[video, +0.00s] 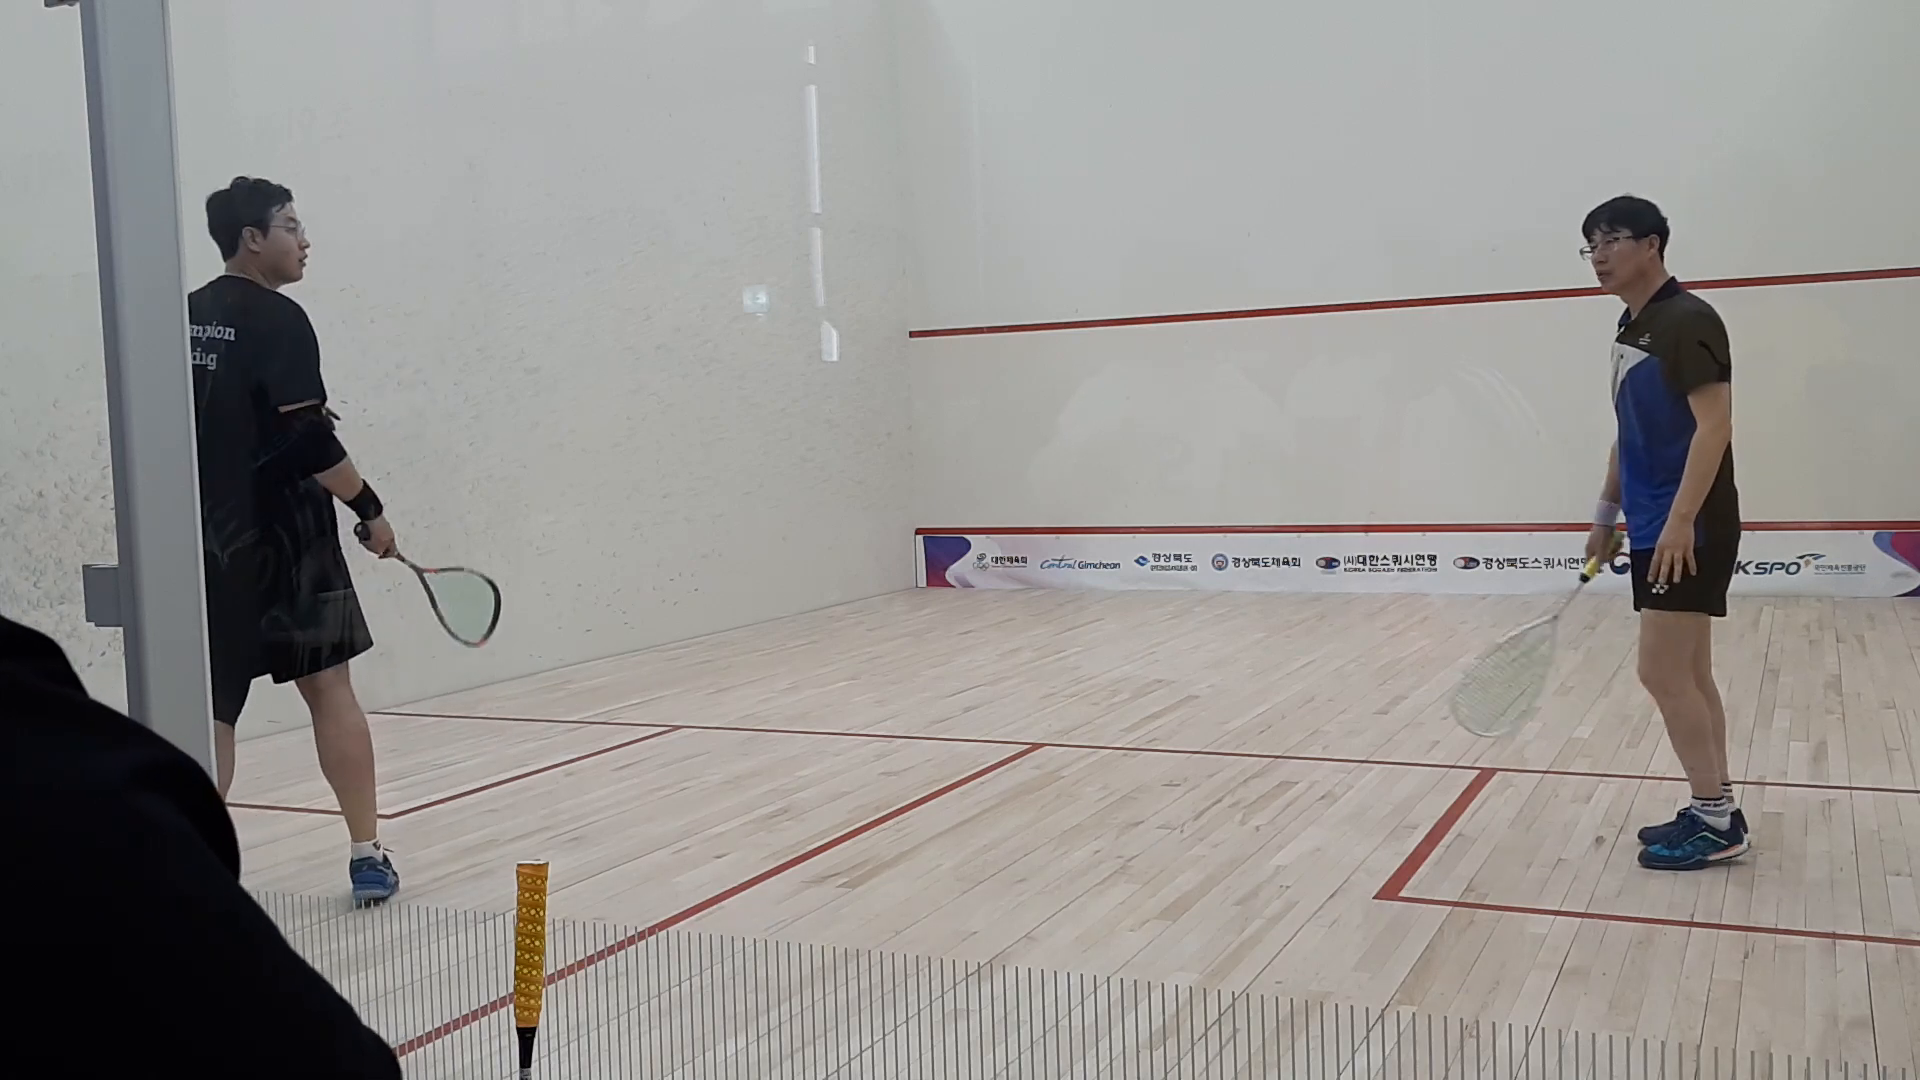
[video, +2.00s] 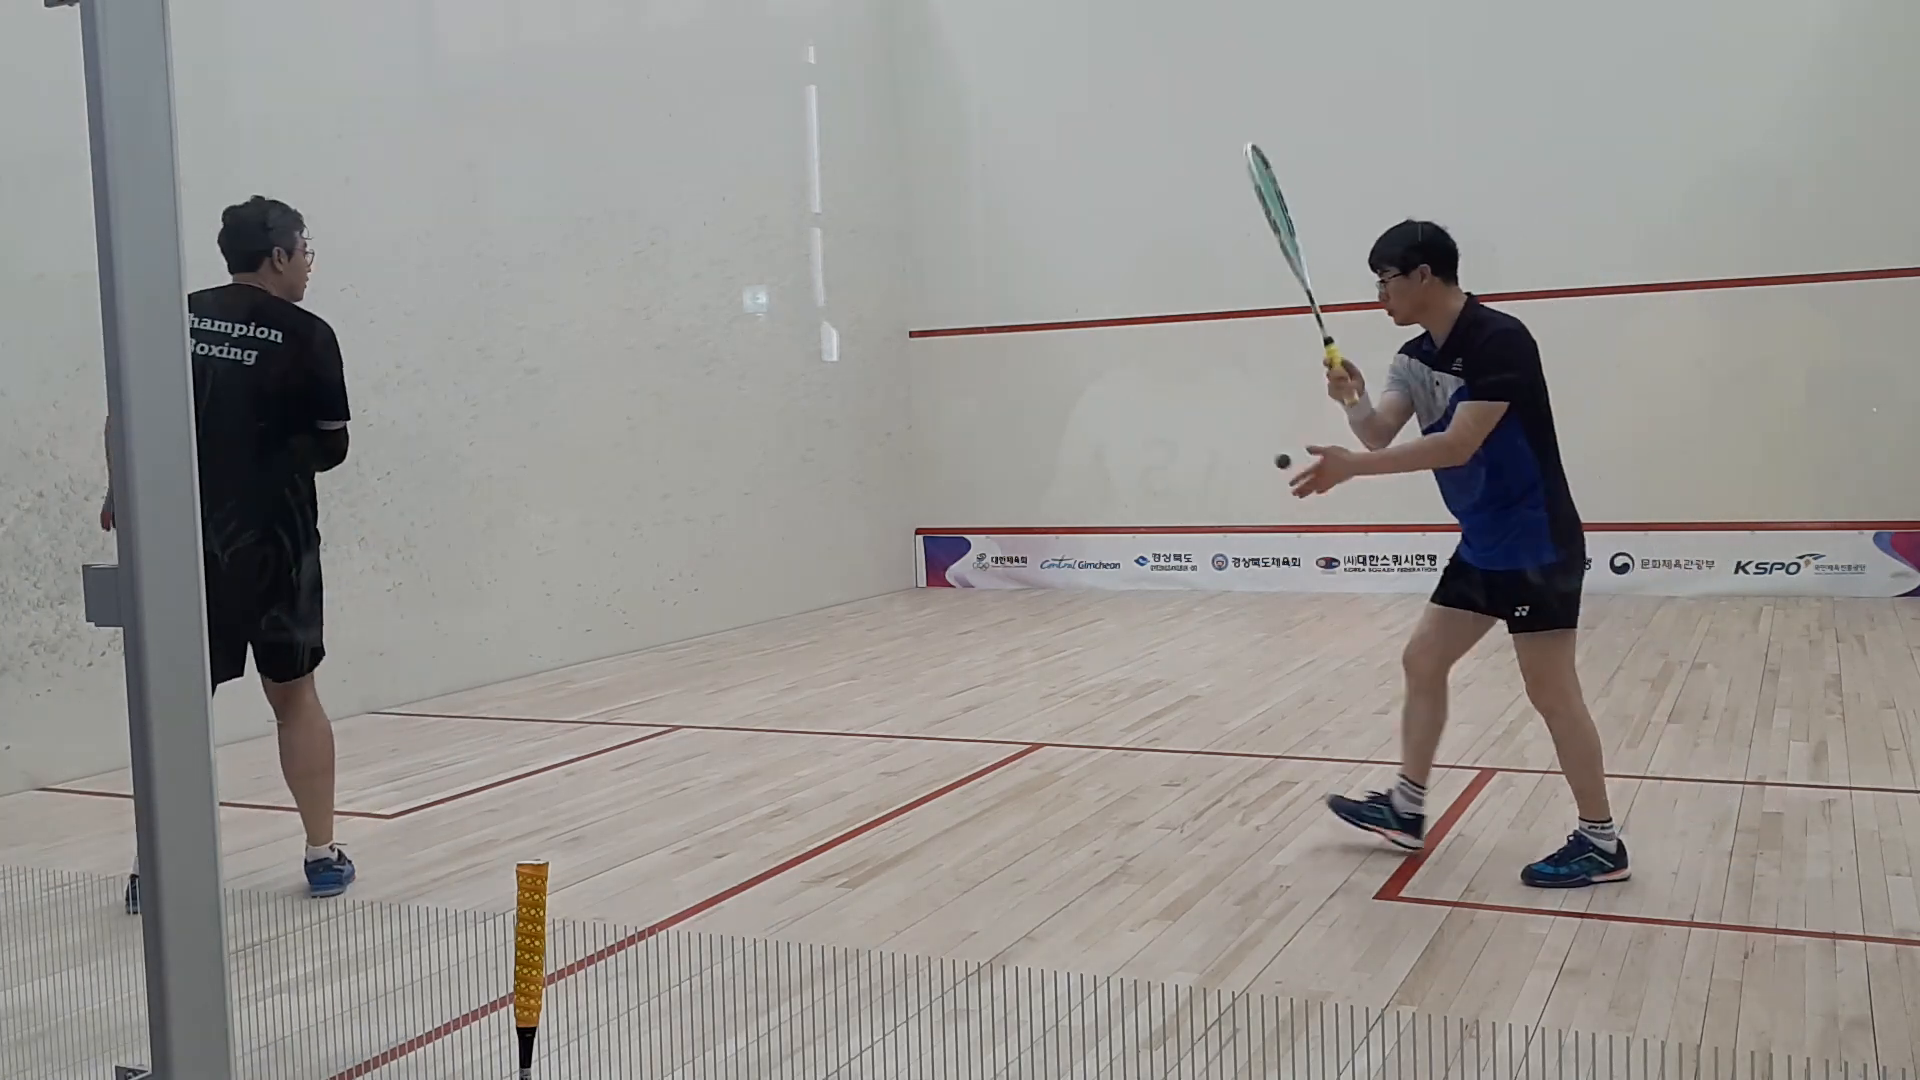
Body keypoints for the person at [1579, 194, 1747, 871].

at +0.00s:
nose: (1597, 256)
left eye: (1610, 243)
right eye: (1592, 247)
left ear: (1652, 246)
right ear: (1596, 257)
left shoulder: (1687, 321)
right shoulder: (1632, 329)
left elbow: (1715, 427)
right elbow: (1629, 437)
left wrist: (1680, 519)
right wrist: (1607, 518)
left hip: (1689, 525)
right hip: (1659, 525)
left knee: (1662, 672)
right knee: (1691, 672)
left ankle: (1712, 816)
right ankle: (1716, 808)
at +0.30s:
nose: (1594, 247)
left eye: (1609, 235)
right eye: (1587, 241)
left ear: (1646, 246)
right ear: (1583, 259)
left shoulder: (1679, 326)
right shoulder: (1603, 343)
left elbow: (1713, 430)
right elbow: (1577, 431)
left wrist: (1693, 527)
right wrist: (1531, 455)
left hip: (1673, 533)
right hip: (1635, 536)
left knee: (1635, 673)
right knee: (1680, 676)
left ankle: (1624, 830)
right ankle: (1718, 806)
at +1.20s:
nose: (1491, 256)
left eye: (1502, 242)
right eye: (1491, 243)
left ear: (1548, 247)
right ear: (1531, 252)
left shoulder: (1603, 325)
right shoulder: (1531, 336)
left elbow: (1640, 433)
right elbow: (1490, 431)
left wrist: (1615, 528)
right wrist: (1428, 443)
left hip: (1607, 538)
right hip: (1570, 538)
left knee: (1580, 685)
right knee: (1624, 673)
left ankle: (1602, 839)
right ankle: (1690, 781)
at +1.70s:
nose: (1437, 287)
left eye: (1444, 271)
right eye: (1436, 273)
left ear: (1482, 265)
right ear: (1480, 269)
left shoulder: (1557, 335)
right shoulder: (1477, 346)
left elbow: (1595, 450)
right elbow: (1445, 431)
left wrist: (1570, 544)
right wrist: (1392, 463)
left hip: (1586, 532)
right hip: (1539, 533)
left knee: (1573, 684)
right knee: (1554, 675)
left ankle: (1602, 839)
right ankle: (1663, 772)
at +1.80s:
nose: (1422, 291)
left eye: (1428, 276)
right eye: (1420, 277)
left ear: (1465, 269)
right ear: (1463, 271)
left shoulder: (1538, 340)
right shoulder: (1463, 350)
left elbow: (1550, 459)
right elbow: (1431, 435)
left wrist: (1496, 542)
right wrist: (1391, 461)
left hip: (1577, 543)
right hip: (1527, 542)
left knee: (1569, 689)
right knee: (1512, 673)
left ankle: (1601, 838)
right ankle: (1608, 788)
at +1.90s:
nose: (1404, 293)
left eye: (1410, 278)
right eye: (1402, 280)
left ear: (1448, 272)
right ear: (1444, 276)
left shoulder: (1520, 341)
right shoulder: (1444, 352)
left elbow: (1497, 460)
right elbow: (1411, 439)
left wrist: (1406, 512)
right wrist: (1377, 439)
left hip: (1565, 542)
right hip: (1512, 542)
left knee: (1563, 691)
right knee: (1465, 665)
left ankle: (1603, 838)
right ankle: (1508, 808)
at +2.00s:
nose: (1379, 296)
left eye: (1386, 281)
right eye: (1377, 283)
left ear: (1424, 275)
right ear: (1418, 279)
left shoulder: (1501, 341)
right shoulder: (1416, 352)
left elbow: (1458, 445)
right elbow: (1378, 437)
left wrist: (1358, 466)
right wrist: (1353, 400)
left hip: (1542, 546)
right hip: (1484, 545)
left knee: (1554, 692)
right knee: (1424, 659)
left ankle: (1601, 838)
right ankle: (1407, 805)